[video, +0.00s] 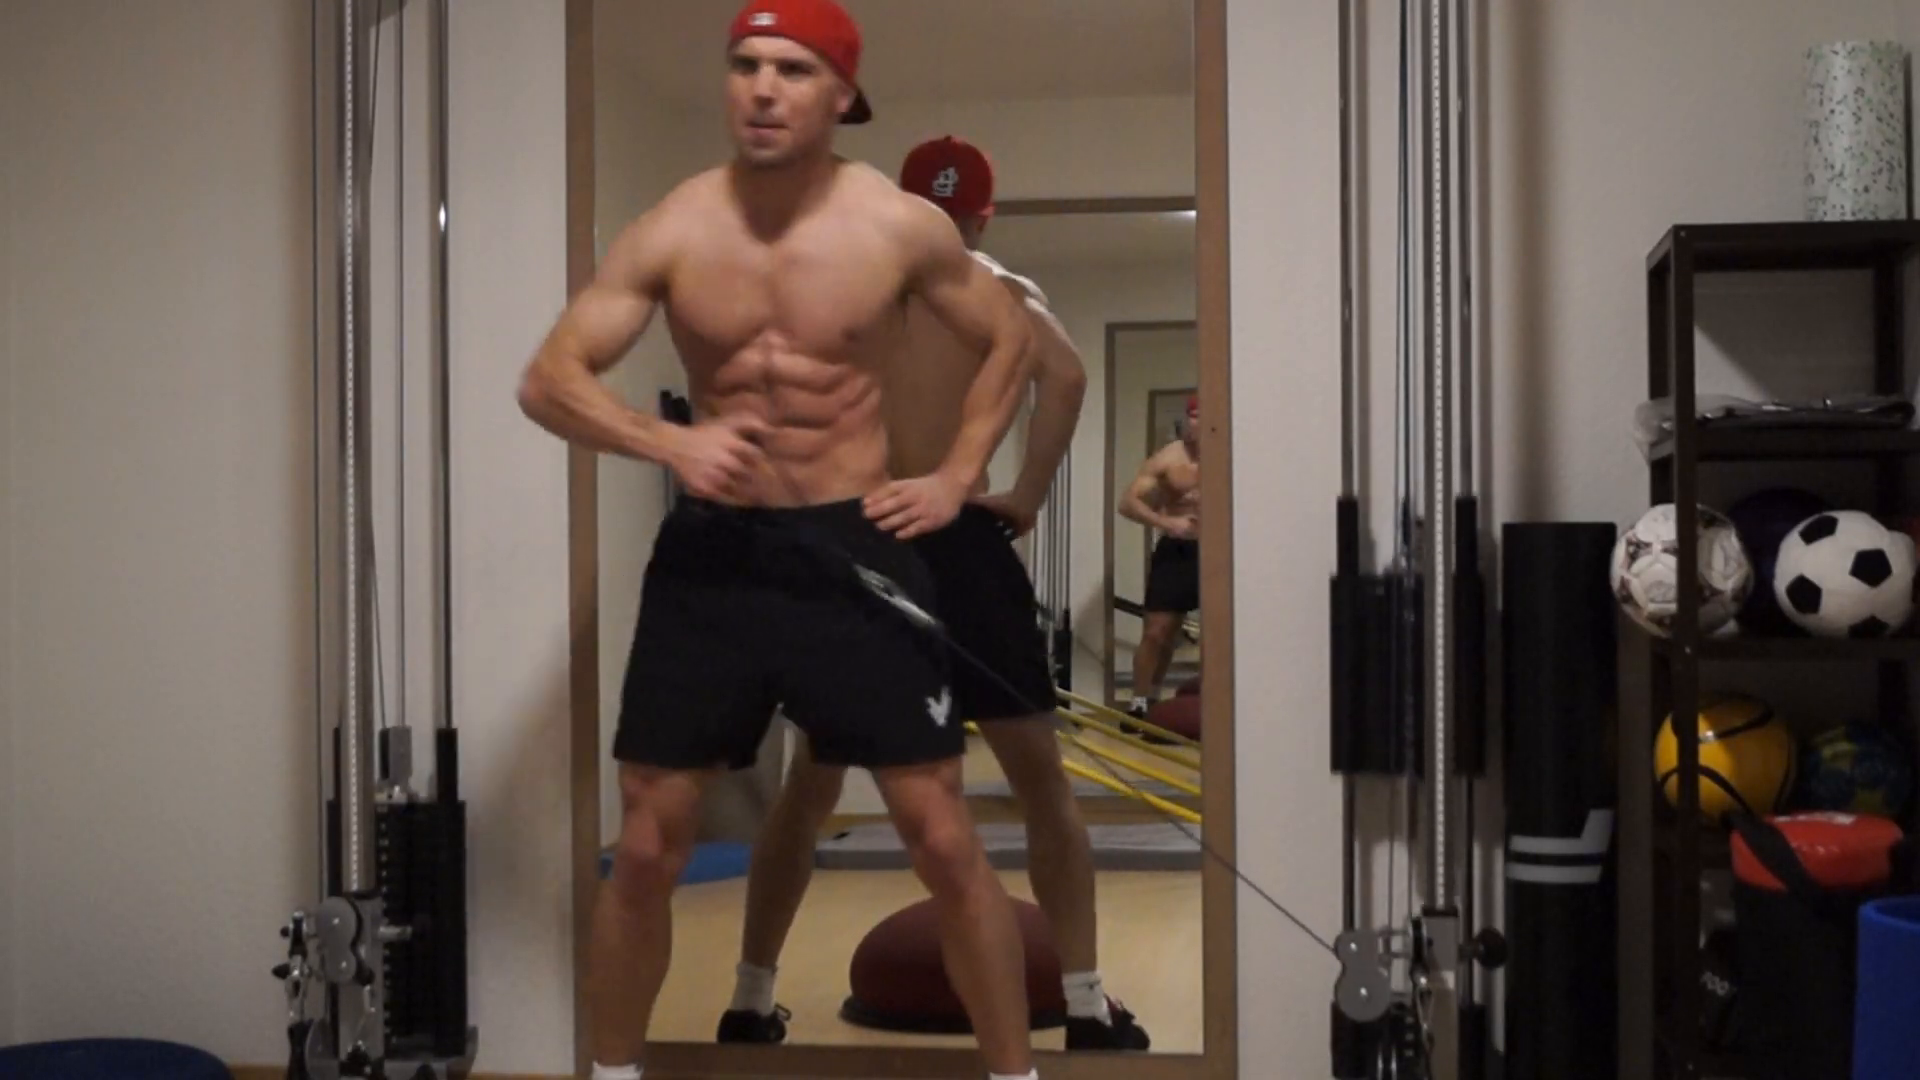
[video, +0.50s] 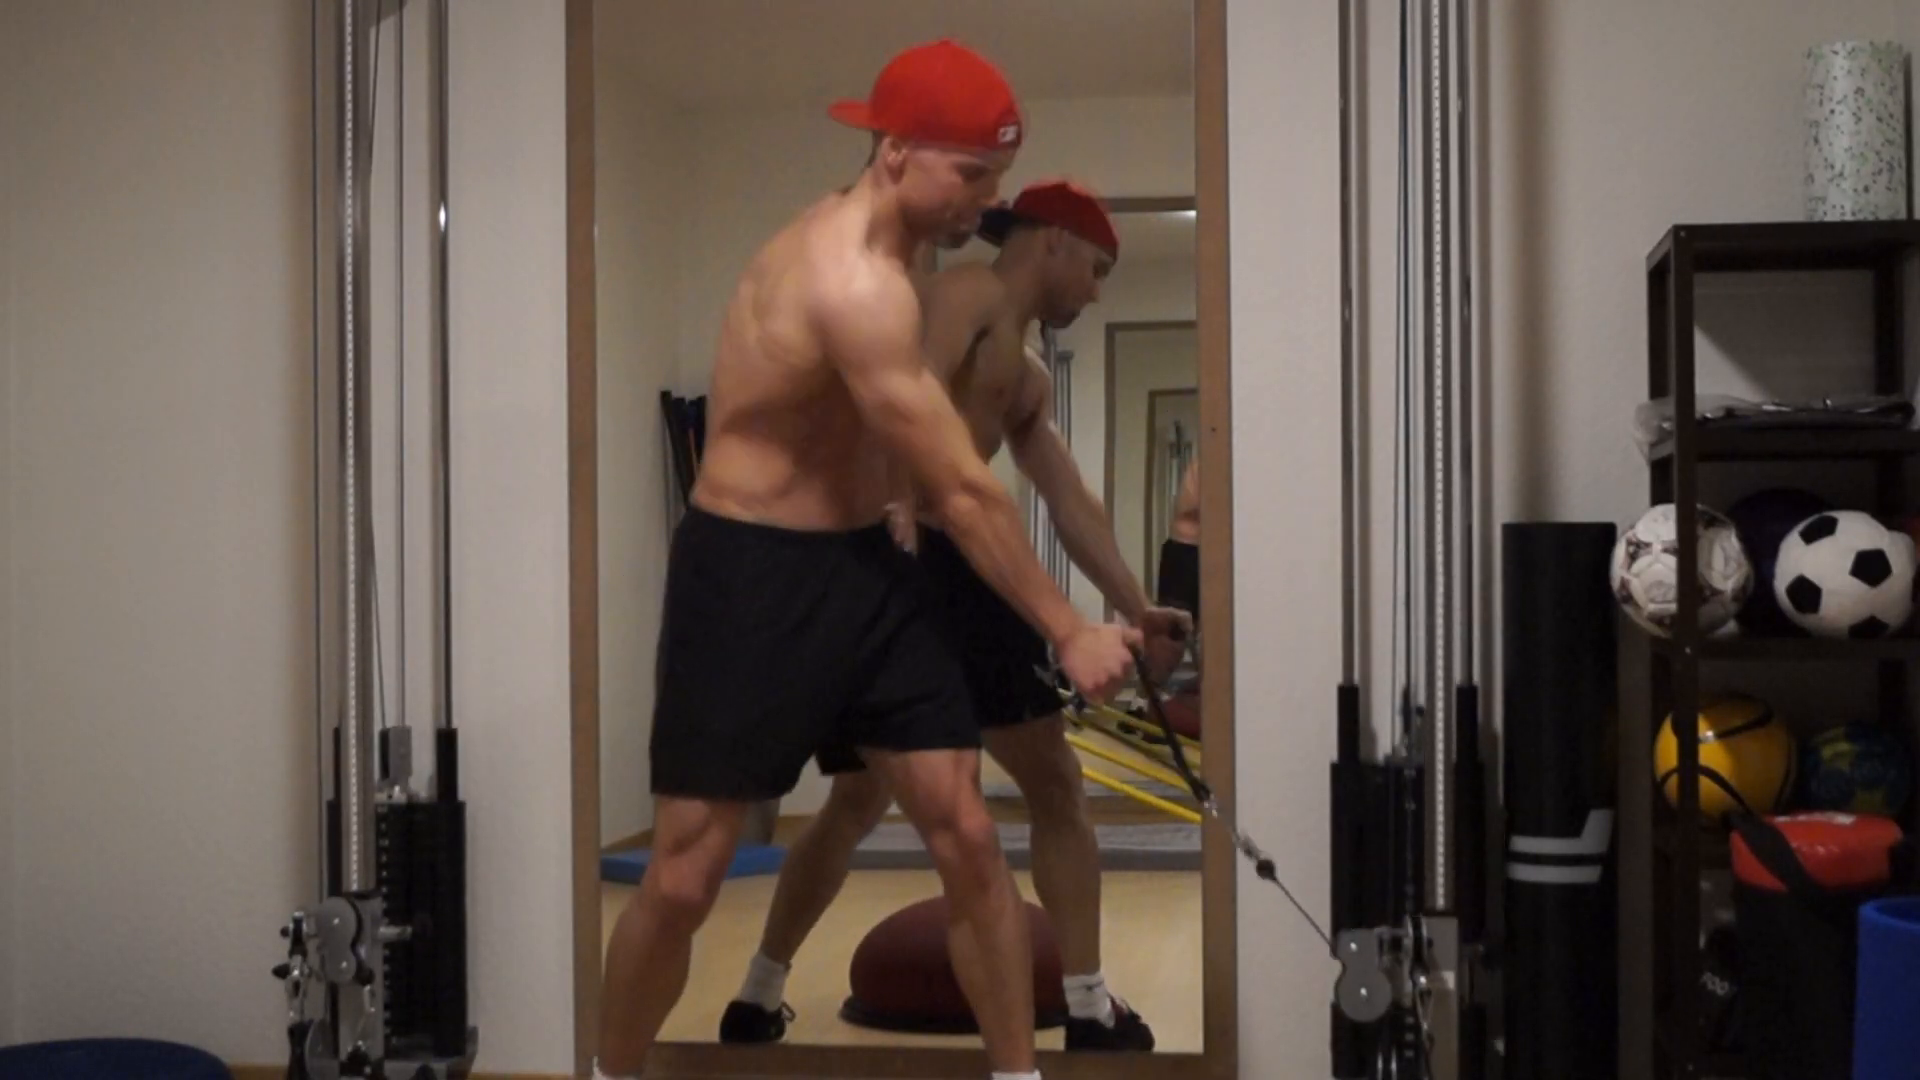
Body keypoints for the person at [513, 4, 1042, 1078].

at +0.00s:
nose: (761, 90)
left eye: (791, 71)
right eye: (746, 67)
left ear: (842, 97)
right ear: (724, 86)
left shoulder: (900, 225)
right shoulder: (672, 228)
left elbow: (1015, 337)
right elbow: (549, 380)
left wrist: (958, 474)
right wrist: (669, 439)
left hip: (858, 559)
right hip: (709, 560)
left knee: (943, 843)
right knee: (643, 849)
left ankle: (1013, 1072)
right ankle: (612, 1073)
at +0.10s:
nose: (854, 103)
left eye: (879, 85)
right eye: (833, 77)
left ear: (902, 109)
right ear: (789, 89)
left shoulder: (932, 230)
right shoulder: (722, 224)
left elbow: (987, 351)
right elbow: (653, 413)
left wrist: (964, 477)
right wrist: (812, 488)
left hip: (886, 549)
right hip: (737, 552)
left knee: (966, 837)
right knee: (667, 848)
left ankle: (1018, 1071)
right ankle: (613, 1073)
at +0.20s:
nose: (922, 123)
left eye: (938, 104)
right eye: (899, 96)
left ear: (946, 116)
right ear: (832, 95)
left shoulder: (940, 233)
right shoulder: (759, 223)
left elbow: (964, 365)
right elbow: (746, 441)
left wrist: (956, 476)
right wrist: (910, 521)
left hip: (892, 558)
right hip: (753, 562)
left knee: (973, 836)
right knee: (678, 852)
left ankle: (1020, 1070)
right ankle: (616, 1071)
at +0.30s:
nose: (984, 158)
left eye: (992, 133)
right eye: (966, 128)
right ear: (887, 116)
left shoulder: (919, 258)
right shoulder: (809, 235)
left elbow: (918, 442)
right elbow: (871, 451)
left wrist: (1008, 561)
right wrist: (1008, 565)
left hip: (889, 564)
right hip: (761, 566)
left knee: (975, 832)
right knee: (684, 860)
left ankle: (1021, 1073)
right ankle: (617, 1071)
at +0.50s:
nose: (988, 198)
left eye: (995, 176)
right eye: (976, 173)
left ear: (910, 158)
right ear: (900, 154)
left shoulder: (886, 249)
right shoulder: (846, 276)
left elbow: (845, 407)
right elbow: (960, 490)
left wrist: (893, 500)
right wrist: (1068, 630)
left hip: (866, 570)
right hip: (746, 576)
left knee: (968, 833)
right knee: (683, 880)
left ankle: (1015, 1072)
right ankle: (612, 1071)